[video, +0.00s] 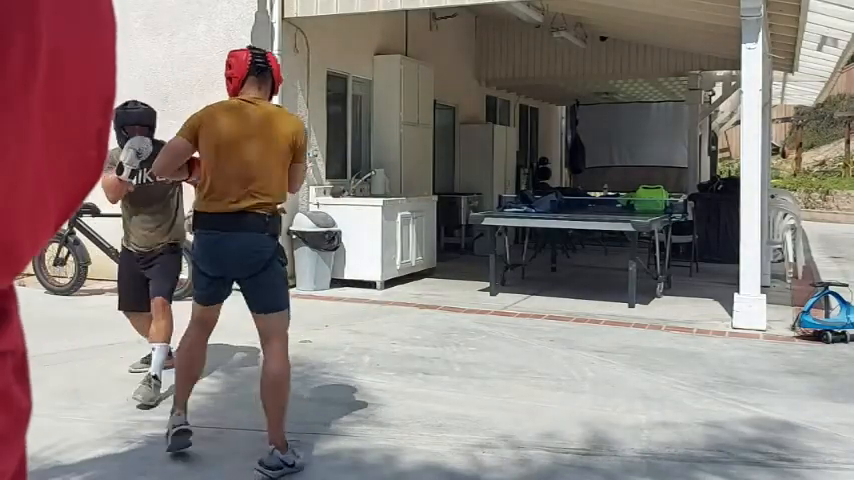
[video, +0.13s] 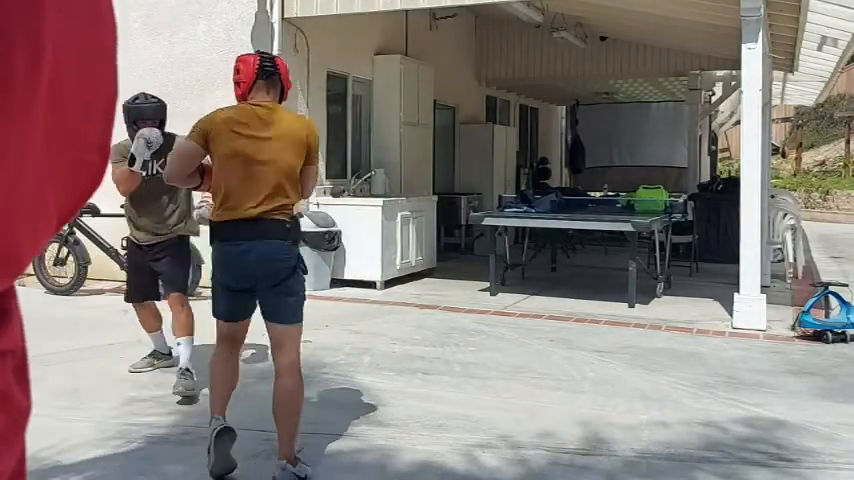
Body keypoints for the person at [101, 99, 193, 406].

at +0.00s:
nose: (137, 136)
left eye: (143, 129)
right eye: (130, 130)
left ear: (152, 130)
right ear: (120, 132)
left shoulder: (169, 153)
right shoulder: (115, 157)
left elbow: (202, 176)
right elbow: (112, 196)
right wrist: (127, 168)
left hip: (165, 246)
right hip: (132, 248)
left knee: (159, 302)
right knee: (133, 308)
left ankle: (155, 377)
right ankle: (163, 351)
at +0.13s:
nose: (148, 130)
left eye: (154, 123)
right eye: (141, 124)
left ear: (162, 122)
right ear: (130, 124)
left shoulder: (179, 146)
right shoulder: (121, 151)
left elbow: (206, 177)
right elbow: (123, 187)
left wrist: (182, 174)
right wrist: (141, 160)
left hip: (173, 238)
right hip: (139, 241)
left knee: (176, 298)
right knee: (140, 300)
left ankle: (185, 367)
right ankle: (162, 351)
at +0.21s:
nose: (157, 129)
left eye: (163, 122)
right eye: (150, 123)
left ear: (173, 121)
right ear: (139, 123)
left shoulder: (191, 148)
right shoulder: (128, 150)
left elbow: (211, 191)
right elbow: (127, 187)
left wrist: (202, 189)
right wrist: (144, 158)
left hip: (179, 241)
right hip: (142, 242)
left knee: (190, 300)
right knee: (141, 300)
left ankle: (212, 367)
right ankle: (161, 351)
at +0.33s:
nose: (172, 132)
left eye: (178, 126)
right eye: (166, 126)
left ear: (186, 127)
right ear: (153, 127)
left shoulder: (199, 156)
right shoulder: (139, 154)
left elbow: (220, 188)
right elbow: (132, 195)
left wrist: (213, 199)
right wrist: (149, 168)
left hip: (188, 246)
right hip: (151, 247)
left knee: (204, 303)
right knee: (143, 303)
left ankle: (221, 369)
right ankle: (162, 352)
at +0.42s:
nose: (187, 138)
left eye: (193, 132)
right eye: (181, 132)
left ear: (201, 133)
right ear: (167, 133)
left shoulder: (209, 159)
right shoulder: (151, 157)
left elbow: (228, 191)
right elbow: (139, 201)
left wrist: (224, 203)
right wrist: (156, 180)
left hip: (199, 246)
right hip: (160, 245)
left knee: (212, 302)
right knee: (145, 306)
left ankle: (222, 369)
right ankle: (162, 351)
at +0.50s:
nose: (190, 143)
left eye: (195, 137)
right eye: (183, 137)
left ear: (203, 136)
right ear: (172, 136)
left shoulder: (212, 158)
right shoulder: (157, 157)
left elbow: (231, 197)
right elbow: (143, 202)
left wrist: (226, 192)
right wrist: (158, 175)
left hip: (202, 245)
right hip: (164, 245)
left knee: (212, 301)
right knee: (145, 302)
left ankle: (223, 364)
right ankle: (162, 350)